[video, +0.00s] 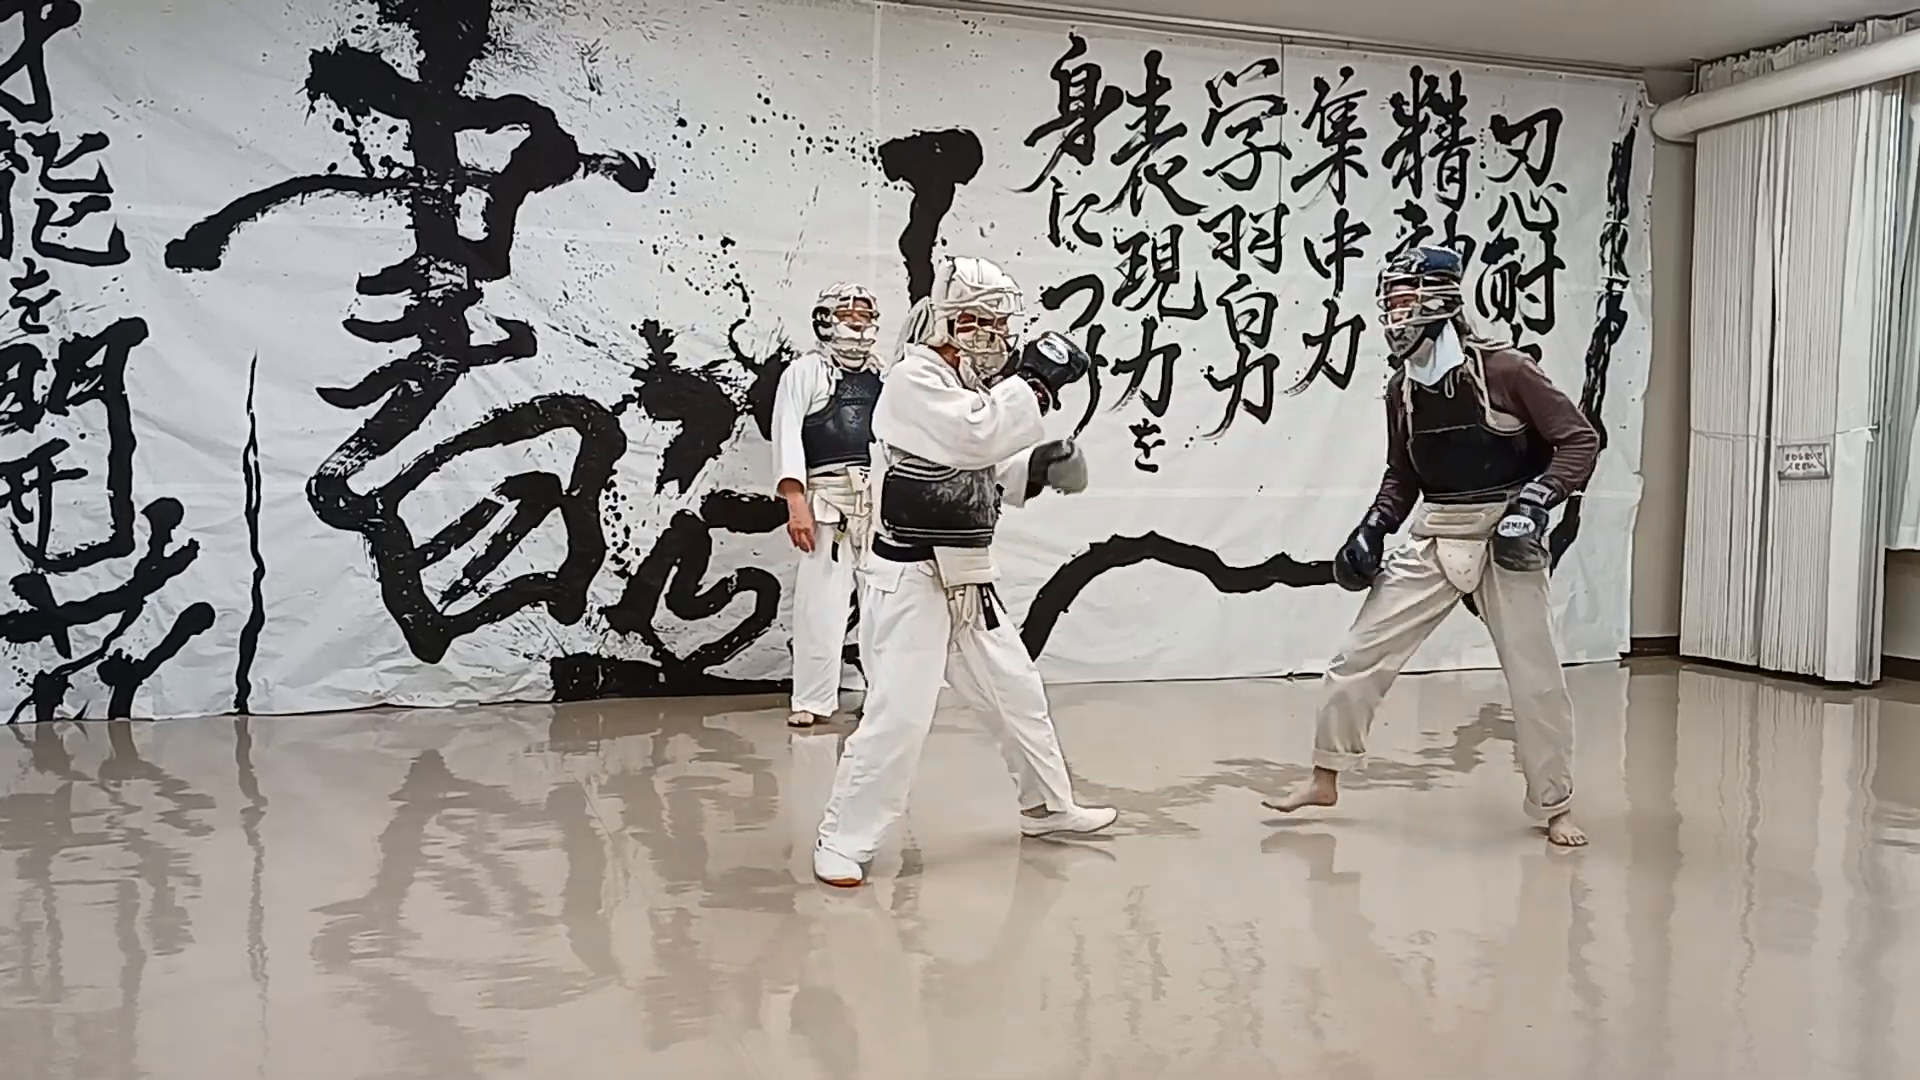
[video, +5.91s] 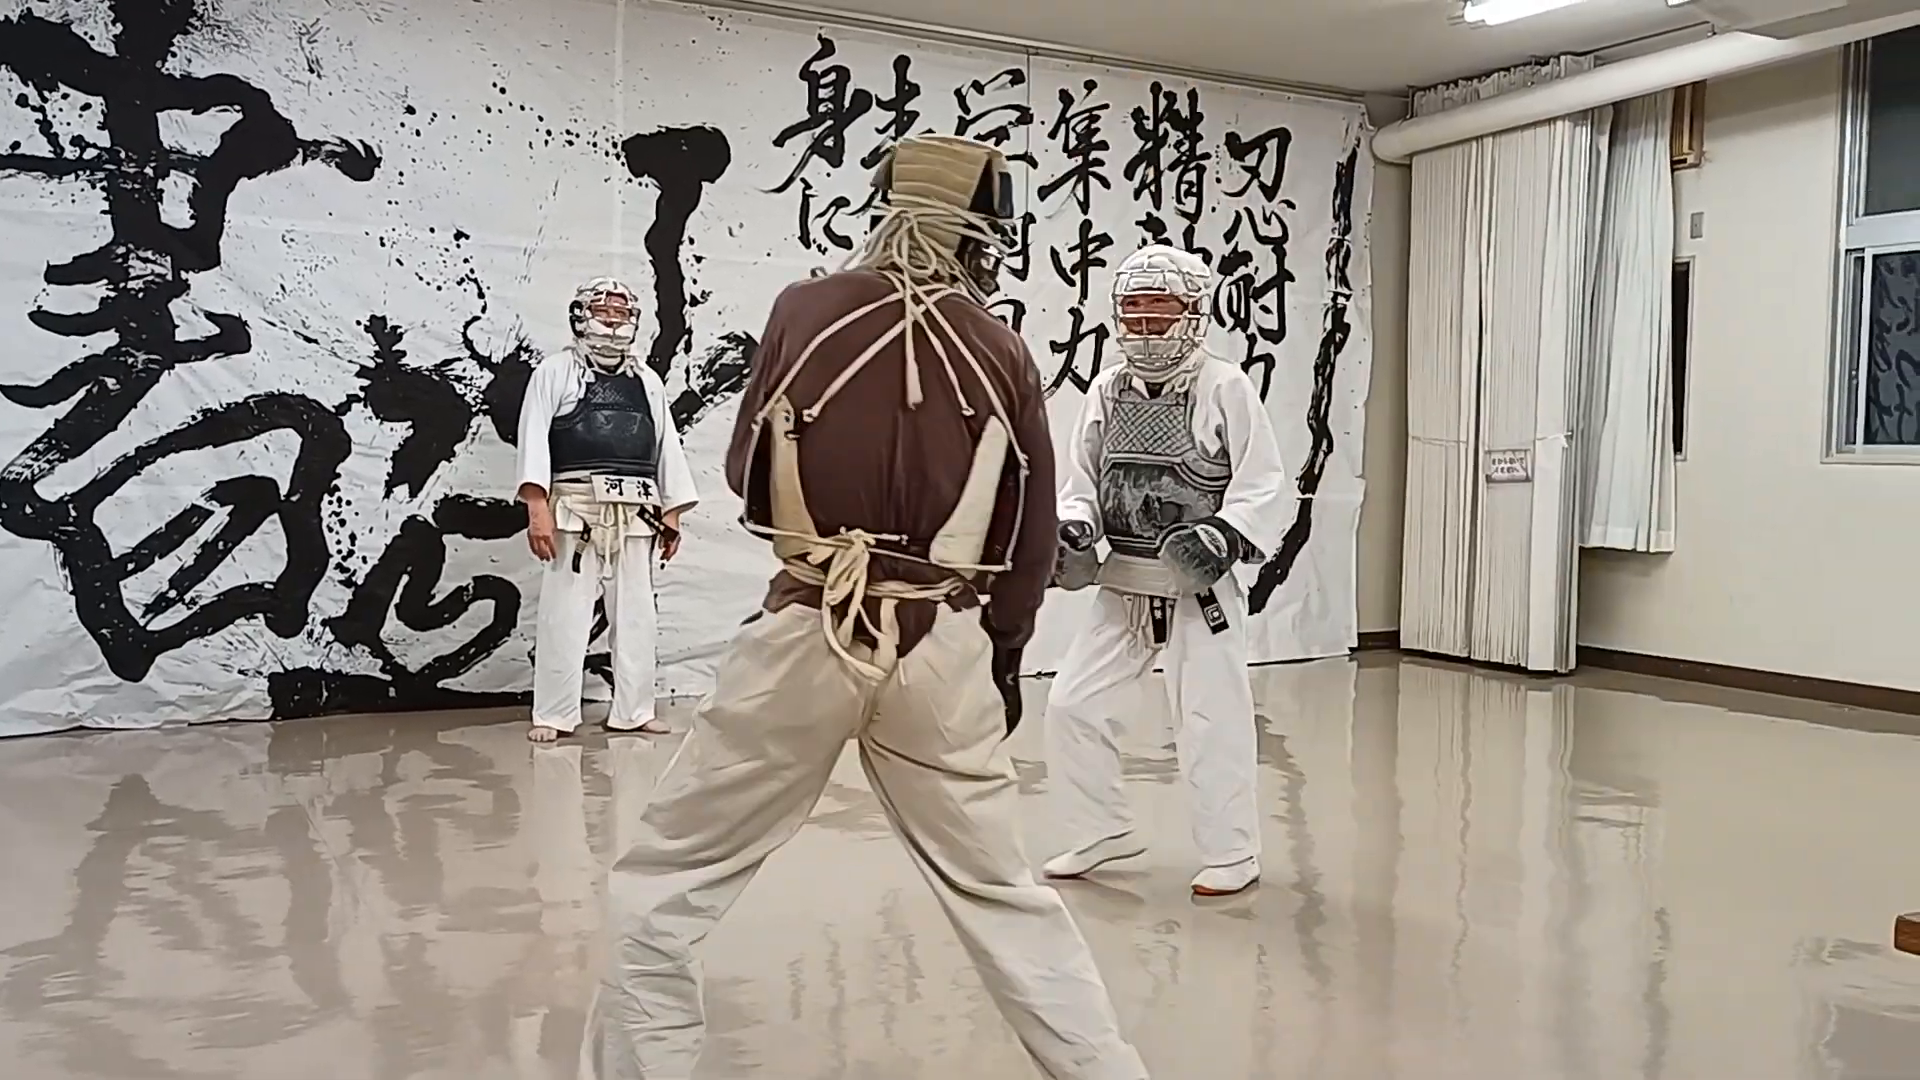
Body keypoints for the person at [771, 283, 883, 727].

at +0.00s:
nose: (855, 323)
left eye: (863, 316)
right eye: (845, 315)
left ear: (873, 324)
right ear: (825, 321)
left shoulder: (882, 375)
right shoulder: (804, 371)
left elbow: (898, 440)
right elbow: (786, 438)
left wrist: (903, 500)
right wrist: (797, 504)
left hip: (879, 501)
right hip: (824, 502)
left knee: (885, 602)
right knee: (819, 607)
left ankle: (886, 698)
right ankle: (811, 702)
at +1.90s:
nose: (817, 323)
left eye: (824, 317)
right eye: (807, 315)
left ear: (830, 325)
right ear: (783, 319)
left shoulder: (837, 380)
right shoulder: (754, 372)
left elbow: (856, 446)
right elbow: (735, 441)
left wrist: (863, 509)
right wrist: (741, 508)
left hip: (830, 510)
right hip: (771, 508)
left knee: (831, 614)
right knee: (763, 614)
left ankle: (829, 707)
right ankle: (753, 710)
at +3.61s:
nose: (746, 318)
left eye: (753, 312)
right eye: (736, 310)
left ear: (759, 321)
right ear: (713, 316)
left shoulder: (768, 378)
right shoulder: (683, 370)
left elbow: (788, 445)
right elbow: (664, 441)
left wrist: (795, 508)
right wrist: (672, 509)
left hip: (762, 510)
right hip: (701, 508)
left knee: (763, 614)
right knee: (693, 615)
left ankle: (759, 709)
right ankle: (683, 713)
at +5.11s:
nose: (681, 319)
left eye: (690, 313)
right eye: (671, 311)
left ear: (699, 321)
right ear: (651, 317)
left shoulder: (713, 378)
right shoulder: (625, 369)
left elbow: (734, 446)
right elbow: (605, 439)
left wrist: (739, 510)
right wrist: (612, 507)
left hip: (705, 510)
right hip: (642, 509)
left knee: (706, 615)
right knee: (635, 616)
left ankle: (702, 710)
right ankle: (625, 714)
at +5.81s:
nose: (617, 317)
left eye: (626, 311)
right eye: (607, 309)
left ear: (636, 321)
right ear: (586, 316)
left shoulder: (651, 378)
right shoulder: (559, 371)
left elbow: (671, 447)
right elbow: (538, 441)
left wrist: (675, 512)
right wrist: (542, 508)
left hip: (640, 512)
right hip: (575, 511)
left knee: (641, 617)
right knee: (568, 619)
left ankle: (638, 711)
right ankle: (558, 717)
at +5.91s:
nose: (614, 318)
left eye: (622, 312)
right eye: (604, 310)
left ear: (632, 321)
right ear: (583, 316)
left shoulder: (646, 379)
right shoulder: (555, 370)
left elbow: (666, 448)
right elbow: (534, 441)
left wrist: (671, 513)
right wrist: (538, 509)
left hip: (636, 513)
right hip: (571, 511)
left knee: (637, 618)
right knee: (563, 619)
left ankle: (633, 712)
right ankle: (553, 717)